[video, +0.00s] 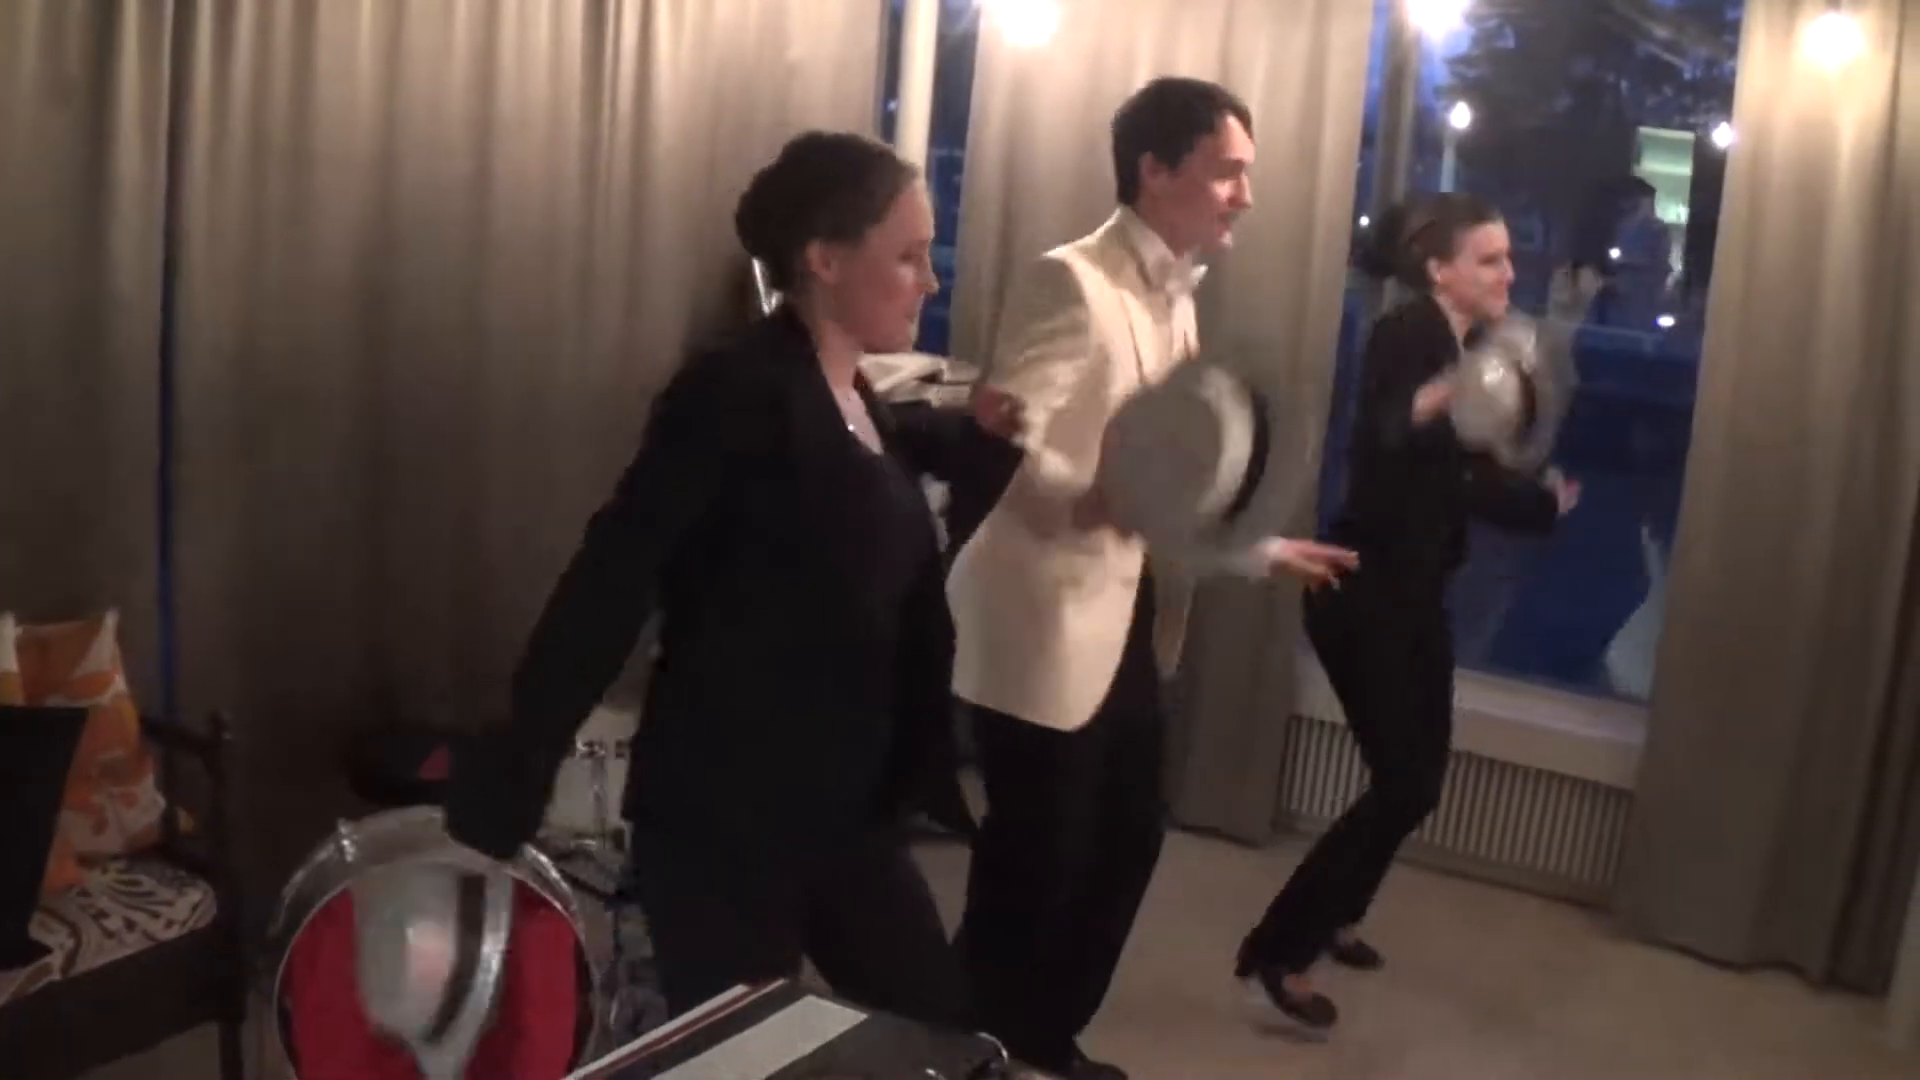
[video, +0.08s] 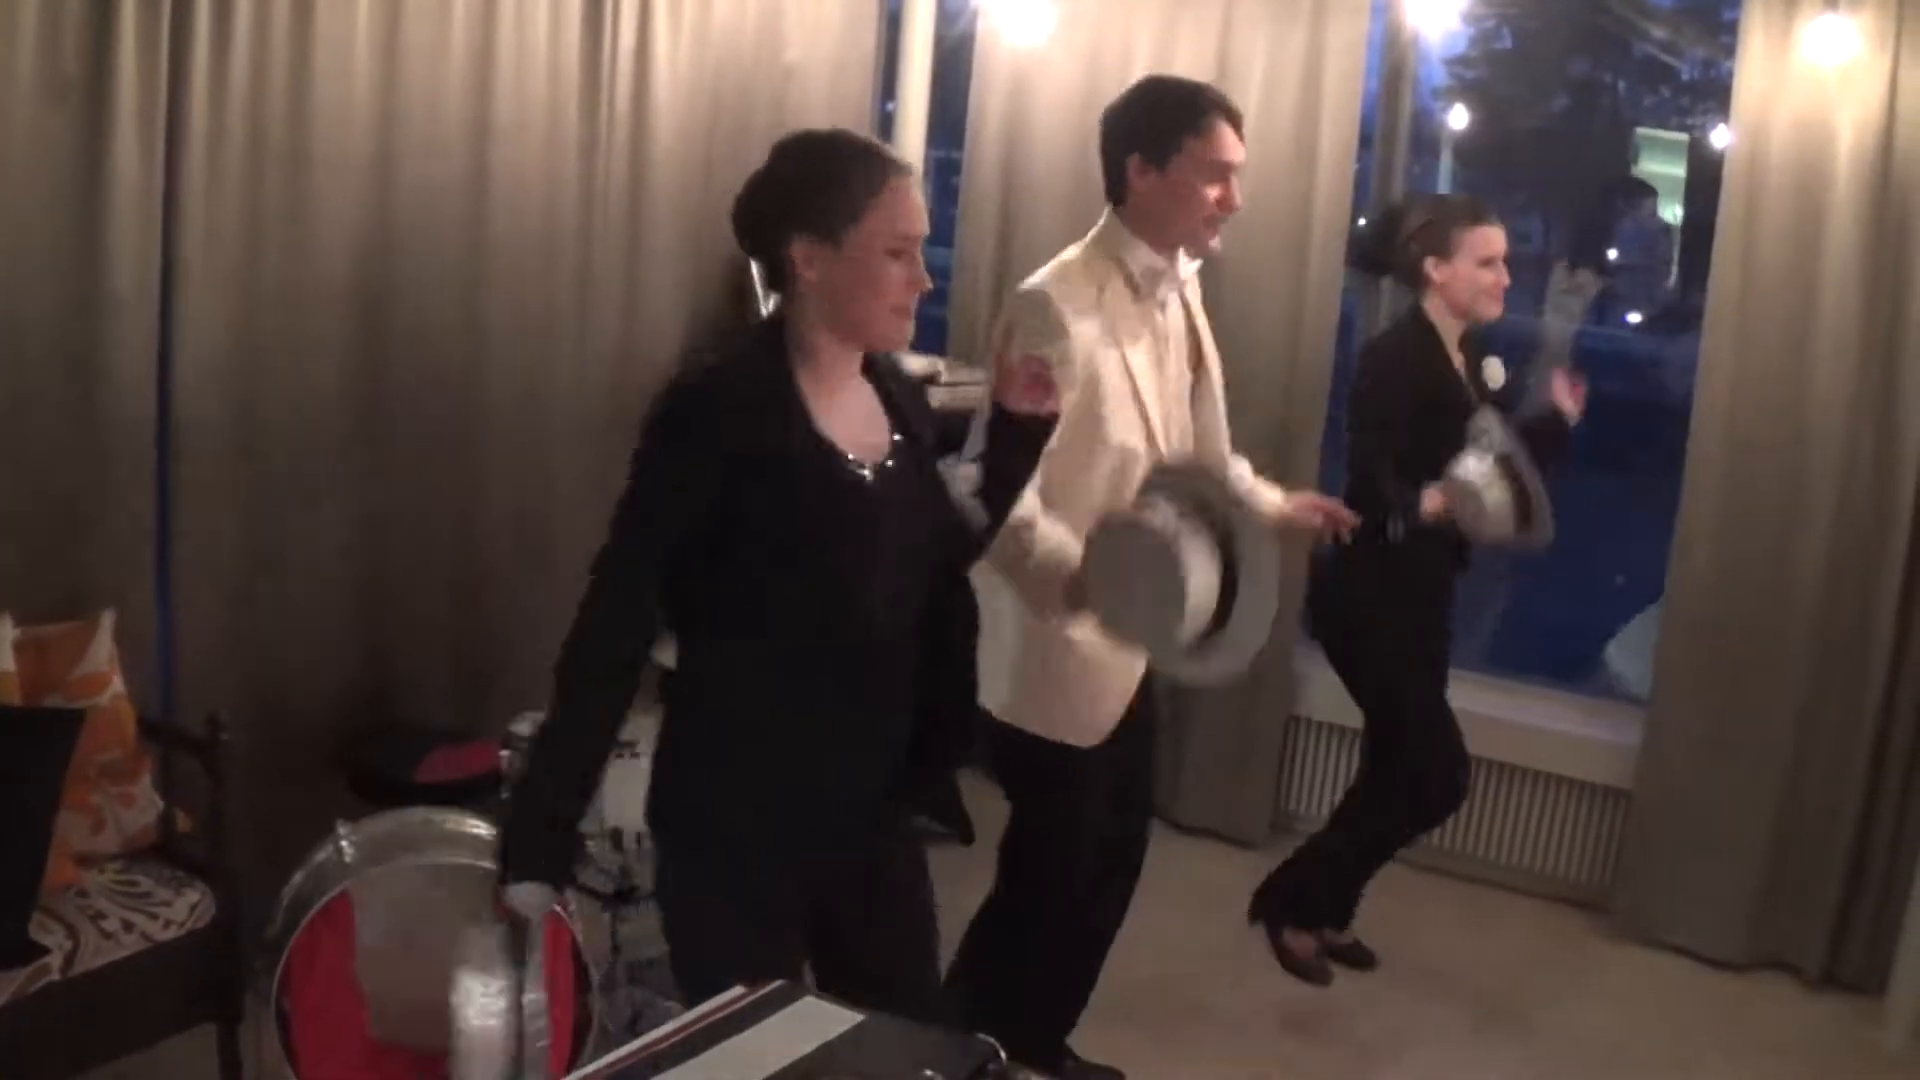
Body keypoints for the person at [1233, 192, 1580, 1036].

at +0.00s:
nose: (1507, 275)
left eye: (1507, 260)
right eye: (1490, 261)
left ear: (1475, 273)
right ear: (1439, 269)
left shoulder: (1469, 349)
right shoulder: (1409, 337)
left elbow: (1467, 474)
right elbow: (1385, 446)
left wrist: (1542, 496)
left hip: (1411, 589)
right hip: (1368, 590)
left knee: (1413, 777)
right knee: (1405, 783)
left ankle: (1327, 919)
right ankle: (1277, 950)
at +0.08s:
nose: (1504, 278)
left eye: (1504, 263)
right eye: (1488, 264)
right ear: (1435, 270)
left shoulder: (1468, 357)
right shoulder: (1396, 356)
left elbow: (1490, 472)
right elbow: (1369, 484)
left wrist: (1553, 420)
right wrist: (1421, 504)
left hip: (1416, 589)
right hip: (1365, 589)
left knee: (1401, 766)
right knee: (1437, 775)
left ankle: (1324, 911)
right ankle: (1294, 899)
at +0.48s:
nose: (1526, 279)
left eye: (1530, 263)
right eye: (1516, 260)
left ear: (1473, 260)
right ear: (1463, 253)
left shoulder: (1477, 349)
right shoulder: (1412, 360)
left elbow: (1494, 448)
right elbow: (1434, 498)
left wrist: (1550, 370)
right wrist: (1515, 473)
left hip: (1449, 600)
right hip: (1393, 602)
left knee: (1483, 776)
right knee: (1426, 789)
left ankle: (1357, 862)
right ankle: (1319, 973)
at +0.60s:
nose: (1532, 270)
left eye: (1530, 253)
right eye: (1520, 252)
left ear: (1477, 261)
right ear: (1479, 258)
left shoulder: (1477, 345)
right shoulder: (1433, 346)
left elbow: (1490, 443)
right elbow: (1471, 451)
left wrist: (1544, 350)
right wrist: (1537, 358)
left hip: (1461, 605)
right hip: (1414, 607)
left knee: (1547, 762)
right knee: (1399, 814)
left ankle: (1420, 868)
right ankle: (1306, 990)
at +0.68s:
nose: (1551, 284)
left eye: (1552, 267)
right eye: (1539, 266)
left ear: (1498, 271)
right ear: (1494, 268)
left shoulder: (1501, 354)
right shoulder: (1440, 347)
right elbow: (1491, 415)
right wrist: (1559, 296)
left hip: (1466, 617)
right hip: (1397, 620)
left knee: (1564, 769)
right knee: (1408, 807)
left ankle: (1438, 918)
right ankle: (1304, 990)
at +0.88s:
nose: (1595, 318)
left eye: (1599, 301)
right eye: (1584, 295)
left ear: (1534, 294)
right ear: (1525, 288)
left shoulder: (1540, 373)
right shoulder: (1469, 365)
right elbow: (1519, 456)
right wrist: (1609, 332)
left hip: (1494, 627)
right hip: (1418, 620)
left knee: (1493, 842)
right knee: (1430, 833)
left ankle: (1403, 1048)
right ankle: (1315, 980)